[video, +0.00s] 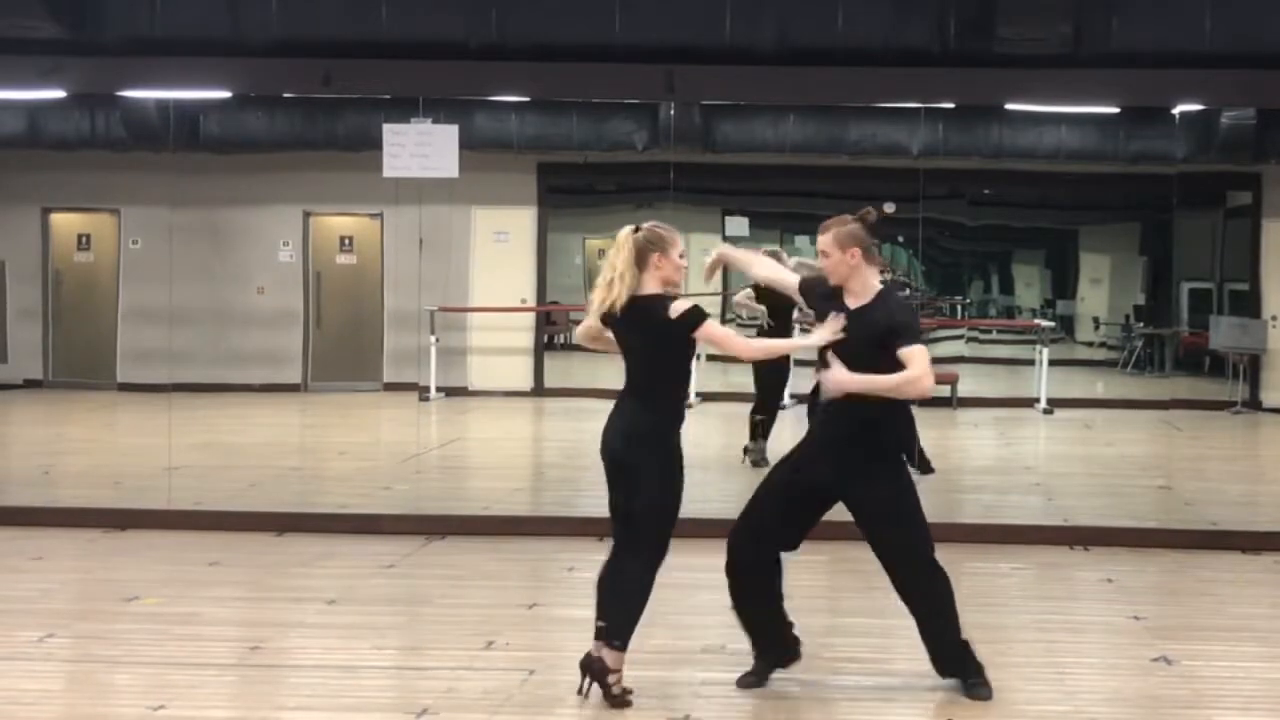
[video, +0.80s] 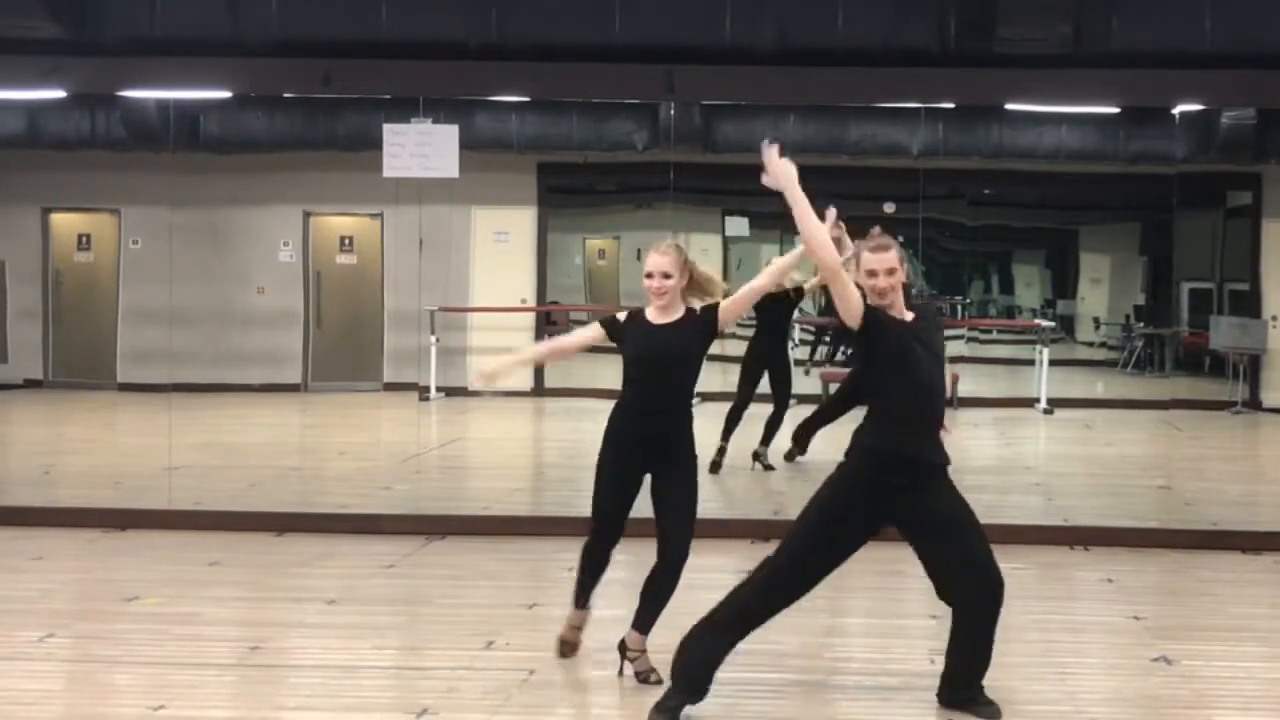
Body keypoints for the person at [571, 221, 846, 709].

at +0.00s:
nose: (684, 265)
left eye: (683, 257)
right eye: (680, 257)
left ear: (645, 261)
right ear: (658, 261)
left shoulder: (617, 307)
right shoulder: (679, 312)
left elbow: (584, 335)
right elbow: (747, 349)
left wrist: (630, 344)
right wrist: (813, 339)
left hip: (619, 435)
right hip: (655, 442)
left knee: (624, 545)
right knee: (649, 549)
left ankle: (604, 647)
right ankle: (610, 654)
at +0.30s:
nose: (694, 270)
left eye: (693, 262)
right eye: (689, 262)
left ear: (656, 268)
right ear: (666, 267)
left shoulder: (633, 313)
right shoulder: (674, 316)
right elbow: (731, 365)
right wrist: (787, 351)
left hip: (627, 440)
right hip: (668, 445)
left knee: (633, 545)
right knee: (660, 554)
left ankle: (608, 647)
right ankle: (628, 659)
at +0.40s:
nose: (691, 270)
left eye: (690, 263)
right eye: (684, 263)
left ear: (663, 269)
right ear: (656, 268)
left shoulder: (667, 306)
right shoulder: (659, 316)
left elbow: (725, 291)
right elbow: (722, 362)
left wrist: (730, 246)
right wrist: (783, 348)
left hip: (647, 438)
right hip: (640, 443)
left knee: (669, 537)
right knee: (648, 548)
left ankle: (620, 642)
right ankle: (615, 657)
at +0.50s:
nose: (665, 271)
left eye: (673, 263)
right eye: (656, 264)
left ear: (685, 267)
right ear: (641, 271)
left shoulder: (696, 303)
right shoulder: (640, 316)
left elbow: (741, 267)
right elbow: (684, 359)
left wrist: (771, 212)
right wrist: (751, 349)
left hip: (663, 441)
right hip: (626, 438)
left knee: (667, 541)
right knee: (608, 539)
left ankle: (634, 641)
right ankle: (587, 650)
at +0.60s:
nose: (655, 278)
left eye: (664, 269)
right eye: (648, 270)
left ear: (685, 272)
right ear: (639, 274)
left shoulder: (703, 310)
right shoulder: (632, 316)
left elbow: (756, 252)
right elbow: (615, 376)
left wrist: (784, 205)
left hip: (675, 442)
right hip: (627, 437)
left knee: (677, 543)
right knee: (589, 537)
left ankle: (635, 640)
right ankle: (535, 640)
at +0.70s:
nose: (656, 281)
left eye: (665, 273)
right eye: (649, 273)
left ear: (685, 275)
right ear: (641, 275)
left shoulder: (705, 316)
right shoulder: (628, 323)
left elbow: (753, 273)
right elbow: (578, 375)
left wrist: (794, 227)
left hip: (676, 447)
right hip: (625, 443)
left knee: (678, 551)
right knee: (587, 535)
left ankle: (636, 640)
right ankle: (538, 620)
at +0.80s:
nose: (657, 282)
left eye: (665, 274)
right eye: (650, 274)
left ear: (684, 279)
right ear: (642, 277)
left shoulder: (705, 322)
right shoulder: (624, 324)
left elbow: (765, 281)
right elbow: (559, 345)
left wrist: (810, 246)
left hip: (676, 448)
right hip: (625, 444)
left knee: (674, 555)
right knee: (603, 537)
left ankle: (635, 640)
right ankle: (579, 611)